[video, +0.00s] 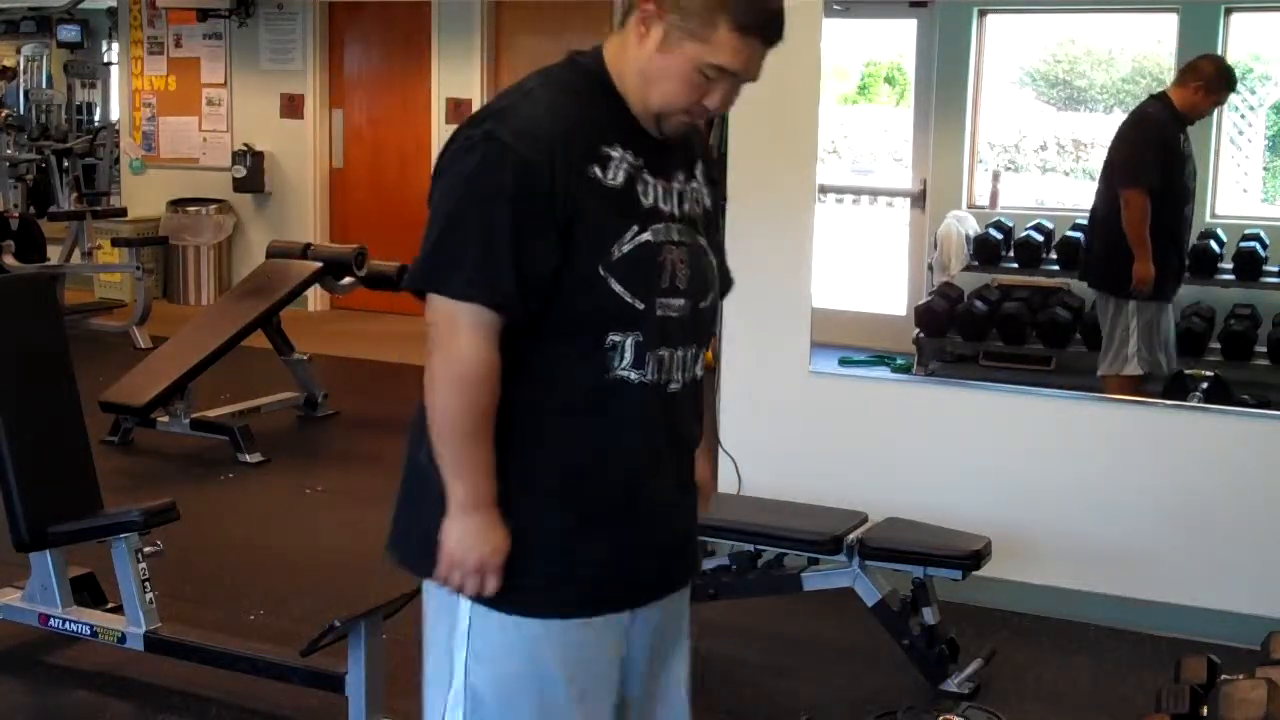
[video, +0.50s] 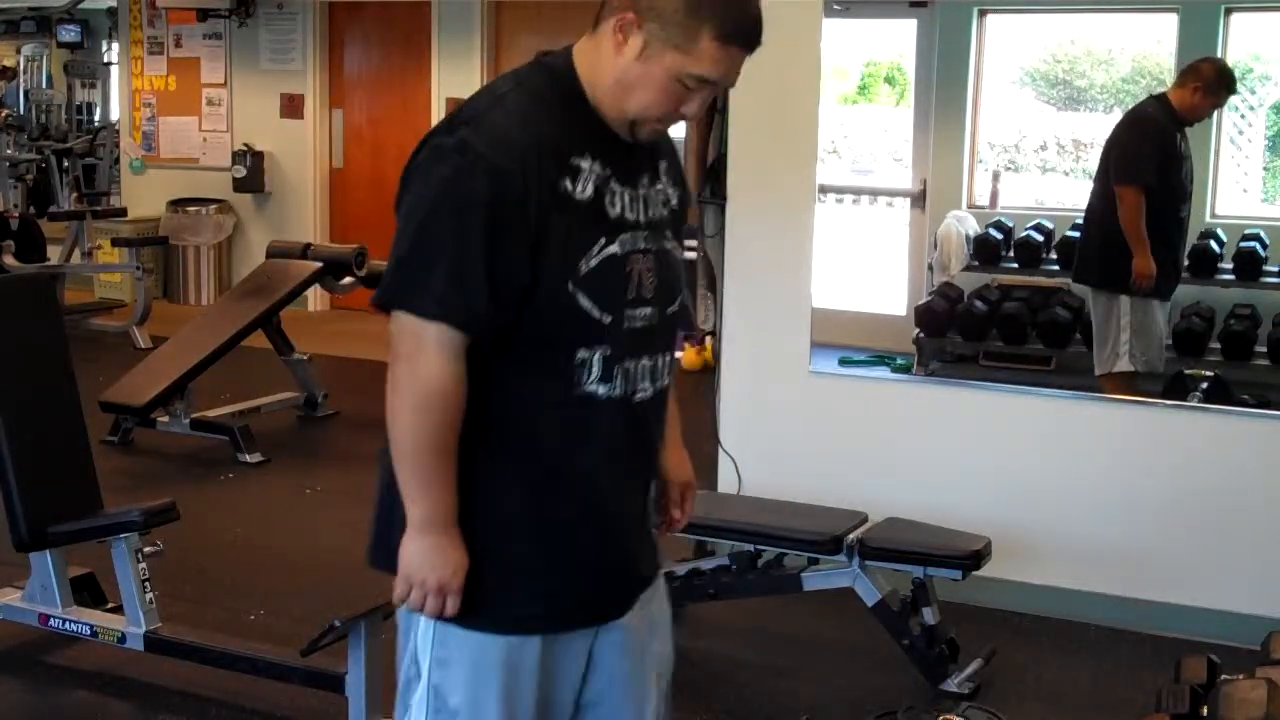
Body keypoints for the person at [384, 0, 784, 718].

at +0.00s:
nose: (719, 105)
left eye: (738, 84)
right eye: (710, 74)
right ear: (646, 21)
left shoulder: (692, 147)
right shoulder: (516, 140)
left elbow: (693, 317)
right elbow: (459, 323)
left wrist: (700, 441)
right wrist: (470, 505)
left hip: (652, 544)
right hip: (524, 558)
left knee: (648, 707)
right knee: (516, 709)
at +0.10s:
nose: (720, 106)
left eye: (740, 86)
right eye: (711, 75)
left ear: (756, 76)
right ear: (651, 22)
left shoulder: (697, 147)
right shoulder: (518, 135)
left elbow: (698, 315)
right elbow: (460, 319)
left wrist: (703, 442)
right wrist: (473, 497)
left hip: (655, 525)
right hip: (532, 532)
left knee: (653, 713)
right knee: (516, 711)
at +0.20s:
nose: (715, 102)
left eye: (734, 81)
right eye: (706, 71)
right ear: (645, 20)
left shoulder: (697, 141)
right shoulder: (510, 134)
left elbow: (697, 313)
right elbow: (451, 319)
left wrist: (702, 442)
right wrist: (458, 499)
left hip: (648, 526)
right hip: (526, 532)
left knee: (651, 712)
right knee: (509, 712)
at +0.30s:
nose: (708, 101)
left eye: (727, 79)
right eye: (698, 70)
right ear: (635, 19)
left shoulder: (691, 139)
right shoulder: (502, 136)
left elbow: (692, 311)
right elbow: (442, 323)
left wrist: (701, 438)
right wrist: (445, 507)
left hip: (645, 541)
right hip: (515, 550)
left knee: (634, 714)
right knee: (496, 711)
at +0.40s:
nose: (701, 102)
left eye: (718, 82)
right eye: (693, 73)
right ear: (628, 22)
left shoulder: (670, 150)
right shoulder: (491, 138)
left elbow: (663, 319)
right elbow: (432, 329)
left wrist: (681, 440)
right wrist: (437, 515)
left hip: (631, 552)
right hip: (501, 564)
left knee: (626, 711)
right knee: (485, 710)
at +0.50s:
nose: (695, 112)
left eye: (713, 93)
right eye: (688, 83)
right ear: (624, 31)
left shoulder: (653, 153)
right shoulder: (484, 148)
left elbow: (648, 321)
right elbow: (421, 341)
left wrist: (668, 442)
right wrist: (429, 525)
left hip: (622, 554)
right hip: (491, 571)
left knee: (626, 709)